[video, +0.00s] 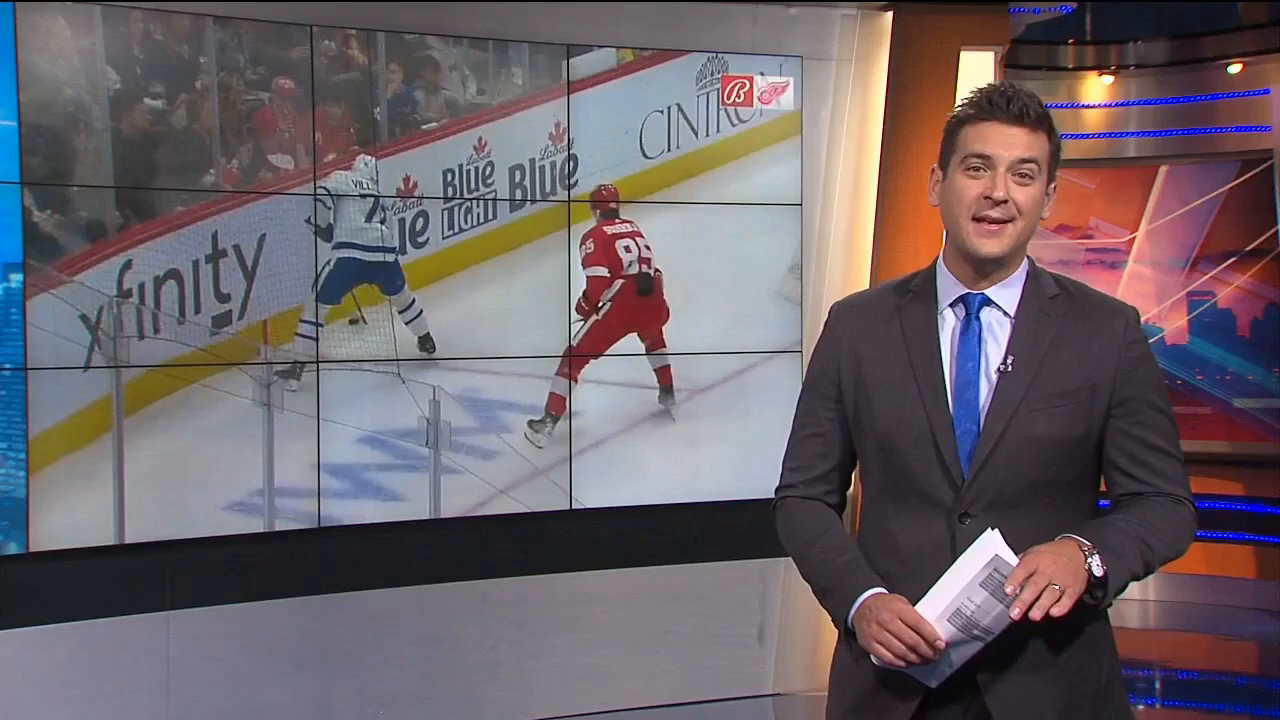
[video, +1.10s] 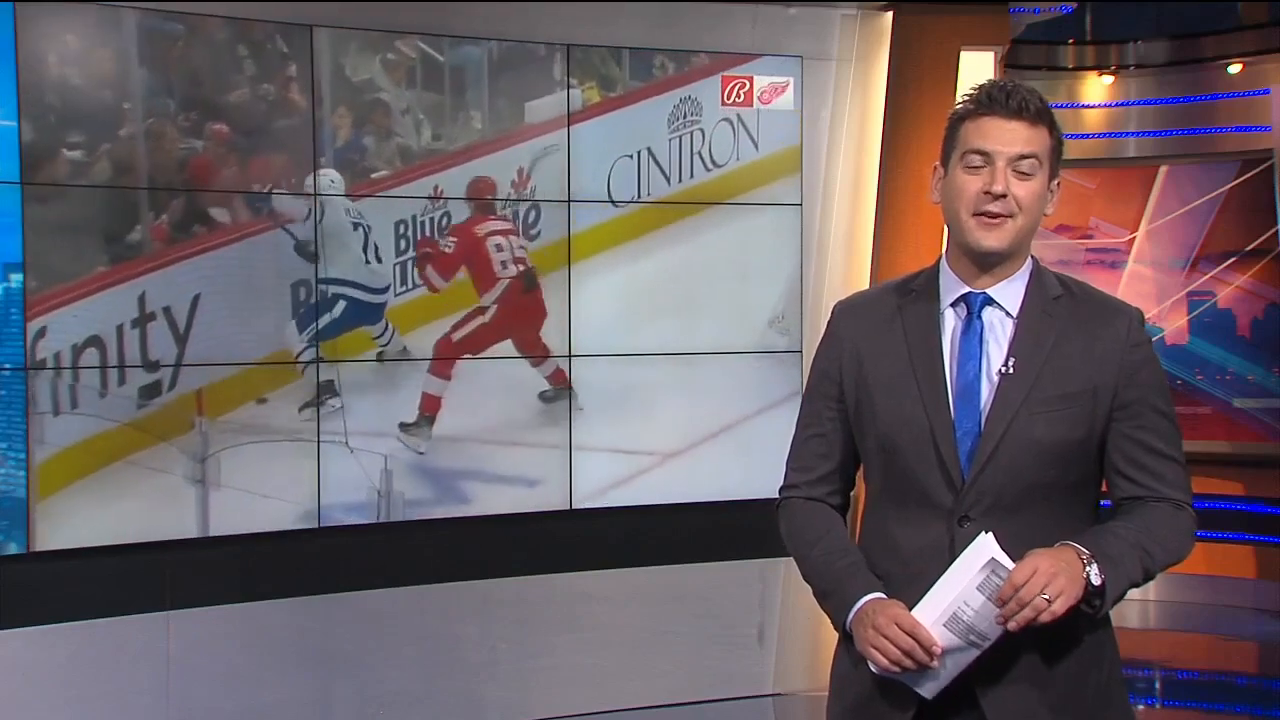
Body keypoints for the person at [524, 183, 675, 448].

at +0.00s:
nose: (594, 211)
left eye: (593, 207)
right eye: (601, 206)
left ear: (595, 209)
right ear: (617, 207)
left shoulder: (593, 235)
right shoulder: (635, 228)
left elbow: (599, 280)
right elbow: (651, 270)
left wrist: (587, 303)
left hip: (620, 307)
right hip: (653, 304)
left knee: (574, 358)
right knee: (651, 334)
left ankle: (549, 420)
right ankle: (667, 392)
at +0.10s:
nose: (594, 211)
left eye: (593, 207)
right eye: (601, 206)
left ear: (595, 209)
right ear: (617, 207)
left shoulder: (593, 235)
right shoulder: (635, 228)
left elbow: (599, 280)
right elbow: (651, 270)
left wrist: (587, 303)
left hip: (620, 307)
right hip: (653, 304)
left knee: (575, 357)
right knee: (651, 334)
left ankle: (549, 420)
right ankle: (667, 392)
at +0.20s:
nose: (586, 210)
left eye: (586, 206)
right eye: (592, 205)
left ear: (587, 208)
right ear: (609, 206)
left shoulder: (586, 234)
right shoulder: (626, 228)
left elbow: (592, 279)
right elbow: (642, 268)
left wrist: (580, 302)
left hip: (613, 306)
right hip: (647, 303)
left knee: (568, 354)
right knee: (641, 330)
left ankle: (542, 419)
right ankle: (662, 391)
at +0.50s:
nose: (543, 209)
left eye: (544, 204)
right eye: (546, 204)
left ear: (547, 206)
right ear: (570, 203)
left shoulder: (548, 233)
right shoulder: (586, 226)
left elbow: (543, 284)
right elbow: (594, 267)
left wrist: (528, 293)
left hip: (575, 305)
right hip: (609, 301)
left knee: (526, 349)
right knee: (601, 333)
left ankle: (501, 412)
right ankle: (629, 387)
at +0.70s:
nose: (520, 206)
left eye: (521, 202)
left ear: (522, 204)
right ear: (547, 203)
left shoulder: (521, 231)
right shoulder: (560, 226)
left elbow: (509, 283)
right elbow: (560, 266)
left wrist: (490, 282)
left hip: (550, 303)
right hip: (584, 300)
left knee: (500, 344)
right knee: (576, 335)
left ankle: (476, 414)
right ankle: (608, 386)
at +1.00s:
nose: (482, 207)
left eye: (483, 203)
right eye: (484, 202)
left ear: (485, 204)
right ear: (509, 203)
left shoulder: (480, 231)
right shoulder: (523, 226)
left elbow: (455, 284)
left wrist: (439, 264)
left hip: (513, 309)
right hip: (547, 305)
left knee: (460, 346)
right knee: (542, 342)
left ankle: (437, 420)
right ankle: (575, 386)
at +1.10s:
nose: (470, 205)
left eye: (470, 200)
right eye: (475, 200)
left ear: (470, 202)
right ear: (494, 201)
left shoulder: (464, 231)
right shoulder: (509, 225)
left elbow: (435, 281)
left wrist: (424, 255)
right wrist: (442, 250)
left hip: (499, 312)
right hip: (534, 307)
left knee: (445, 349)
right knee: (529, 344)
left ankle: (424, 423)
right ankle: (562, 386)